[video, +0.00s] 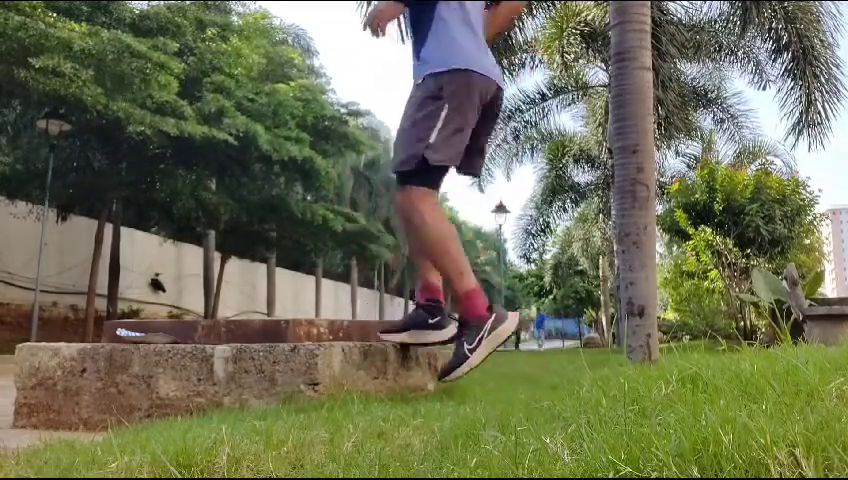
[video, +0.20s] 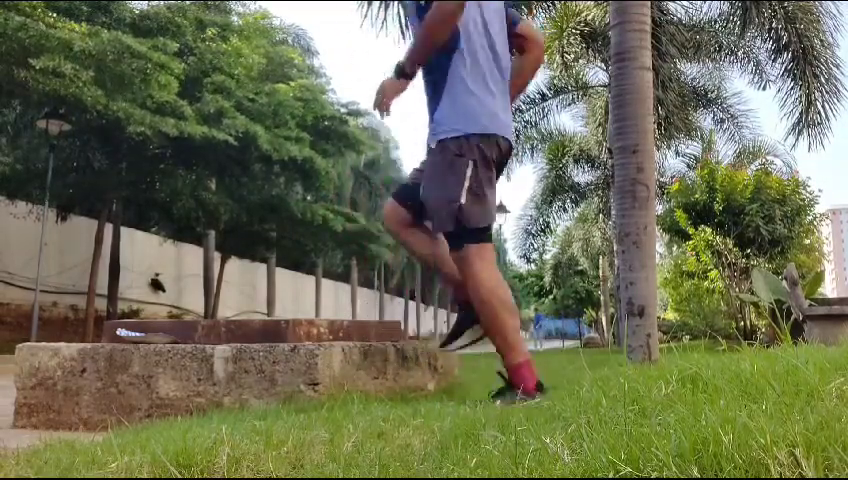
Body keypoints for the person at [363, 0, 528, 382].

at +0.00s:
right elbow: (515, 2)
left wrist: (392, 5)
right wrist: (474, 37)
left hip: (449, 66)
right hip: (487, 74)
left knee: (414, 194)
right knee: (415, 194)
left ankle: (478, 316)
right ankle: (430, 306)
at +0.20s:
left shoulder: (426, 2)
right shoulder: (492, 6)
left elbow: (450, 8)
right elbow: (534, 46)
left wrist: (403, 74)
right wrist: (498, 104)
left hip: (463, 127)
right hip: (496, 129)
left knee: (474, 258)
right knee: (399, 215)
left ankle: (525, 383)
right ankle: (470, 296)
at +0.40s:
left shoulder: (437, 4)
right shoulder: (488, 14)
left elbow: (482, 4)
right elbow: (524, 60)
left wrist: (419, 60)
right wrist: (483, 102)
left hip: (454, 121)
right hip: (503, 133)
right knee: (462, 258)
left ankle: (483, 321)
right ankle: (517, 372)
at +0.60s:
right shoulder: (472, 2)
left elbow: (451, 2)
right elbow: (495, 41)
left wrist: (403, 41)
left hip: (440, 88)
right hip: (489, 103)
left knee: (351, 175)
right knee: (470, 232)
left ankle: (393, 285)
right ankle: (508, 359)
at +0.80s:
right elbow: (492, 8)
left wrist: (378, 17)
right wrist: (451, 41)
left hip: (427, 58)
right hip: (475, 69)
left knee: (385, 180)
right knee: (416, 189)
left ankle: (394, 309)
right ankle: (457, 300)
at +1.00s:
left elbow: (373, 7)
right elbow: (509, 6)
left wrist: (364, 12)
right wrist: (470, 46)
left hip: (440, 65)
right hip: (473, 72)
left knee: (394, 193)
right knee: (420, 195)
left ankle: (472, 295)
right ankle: (423, 313)